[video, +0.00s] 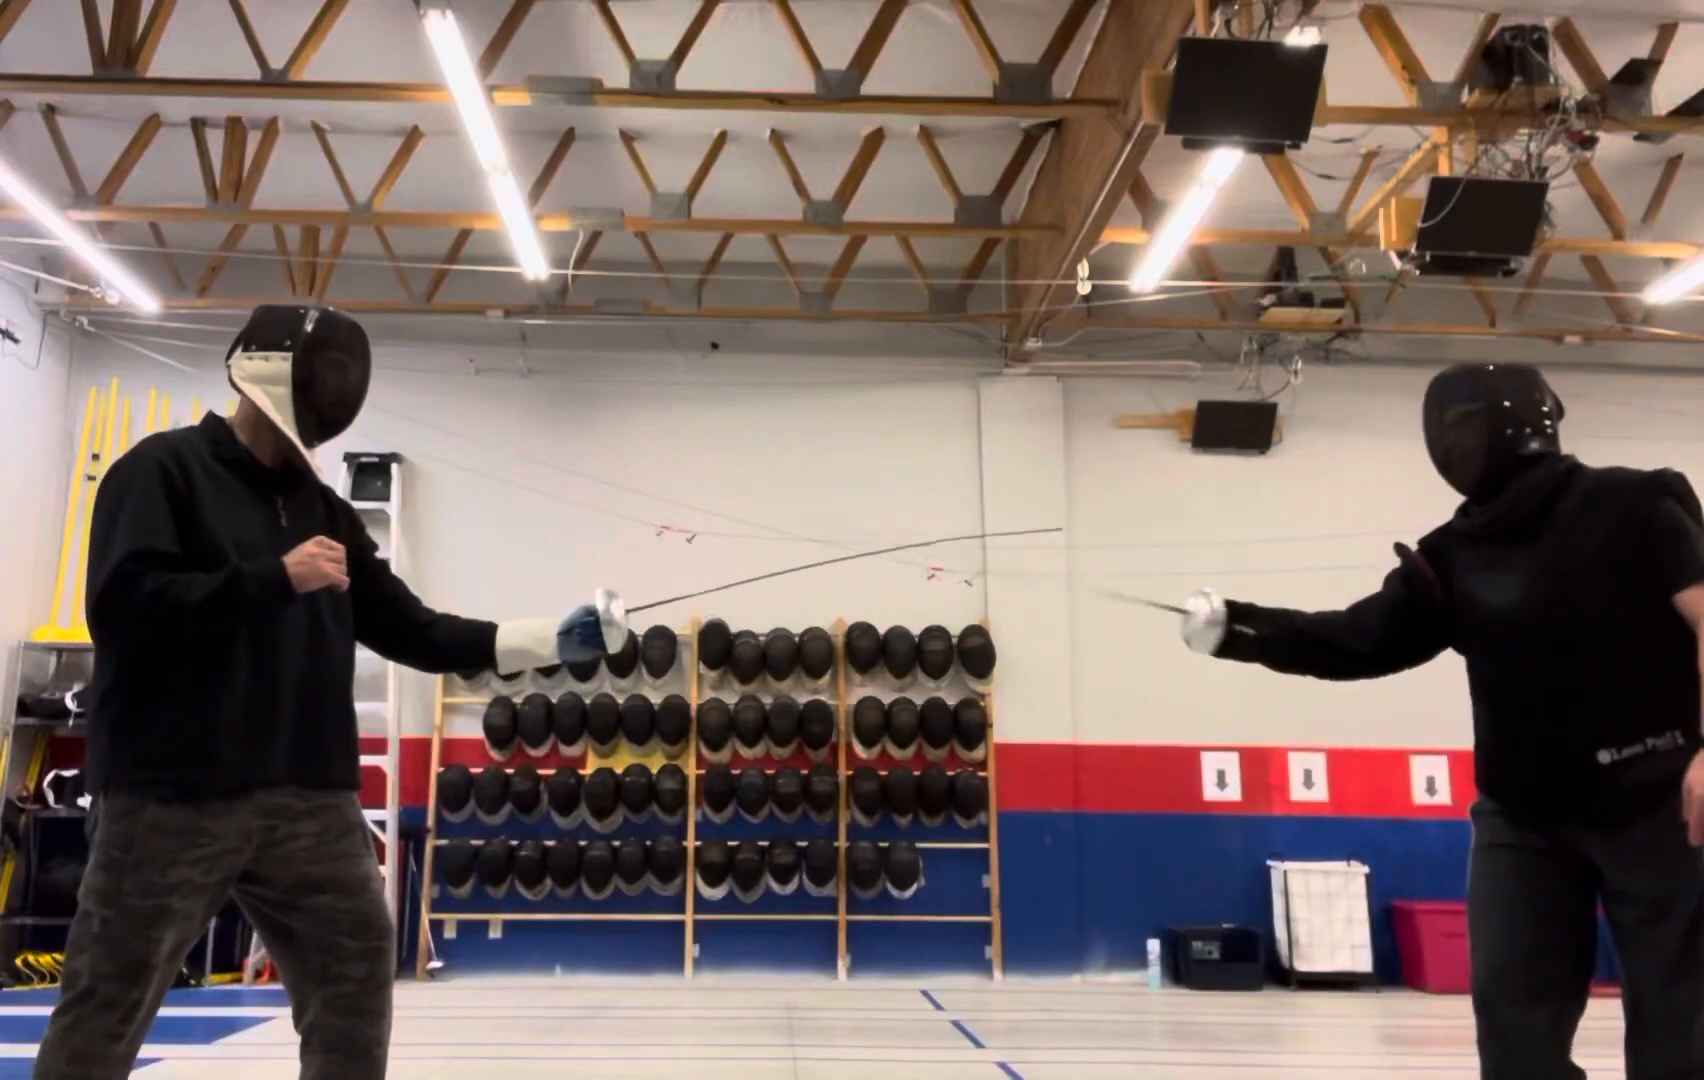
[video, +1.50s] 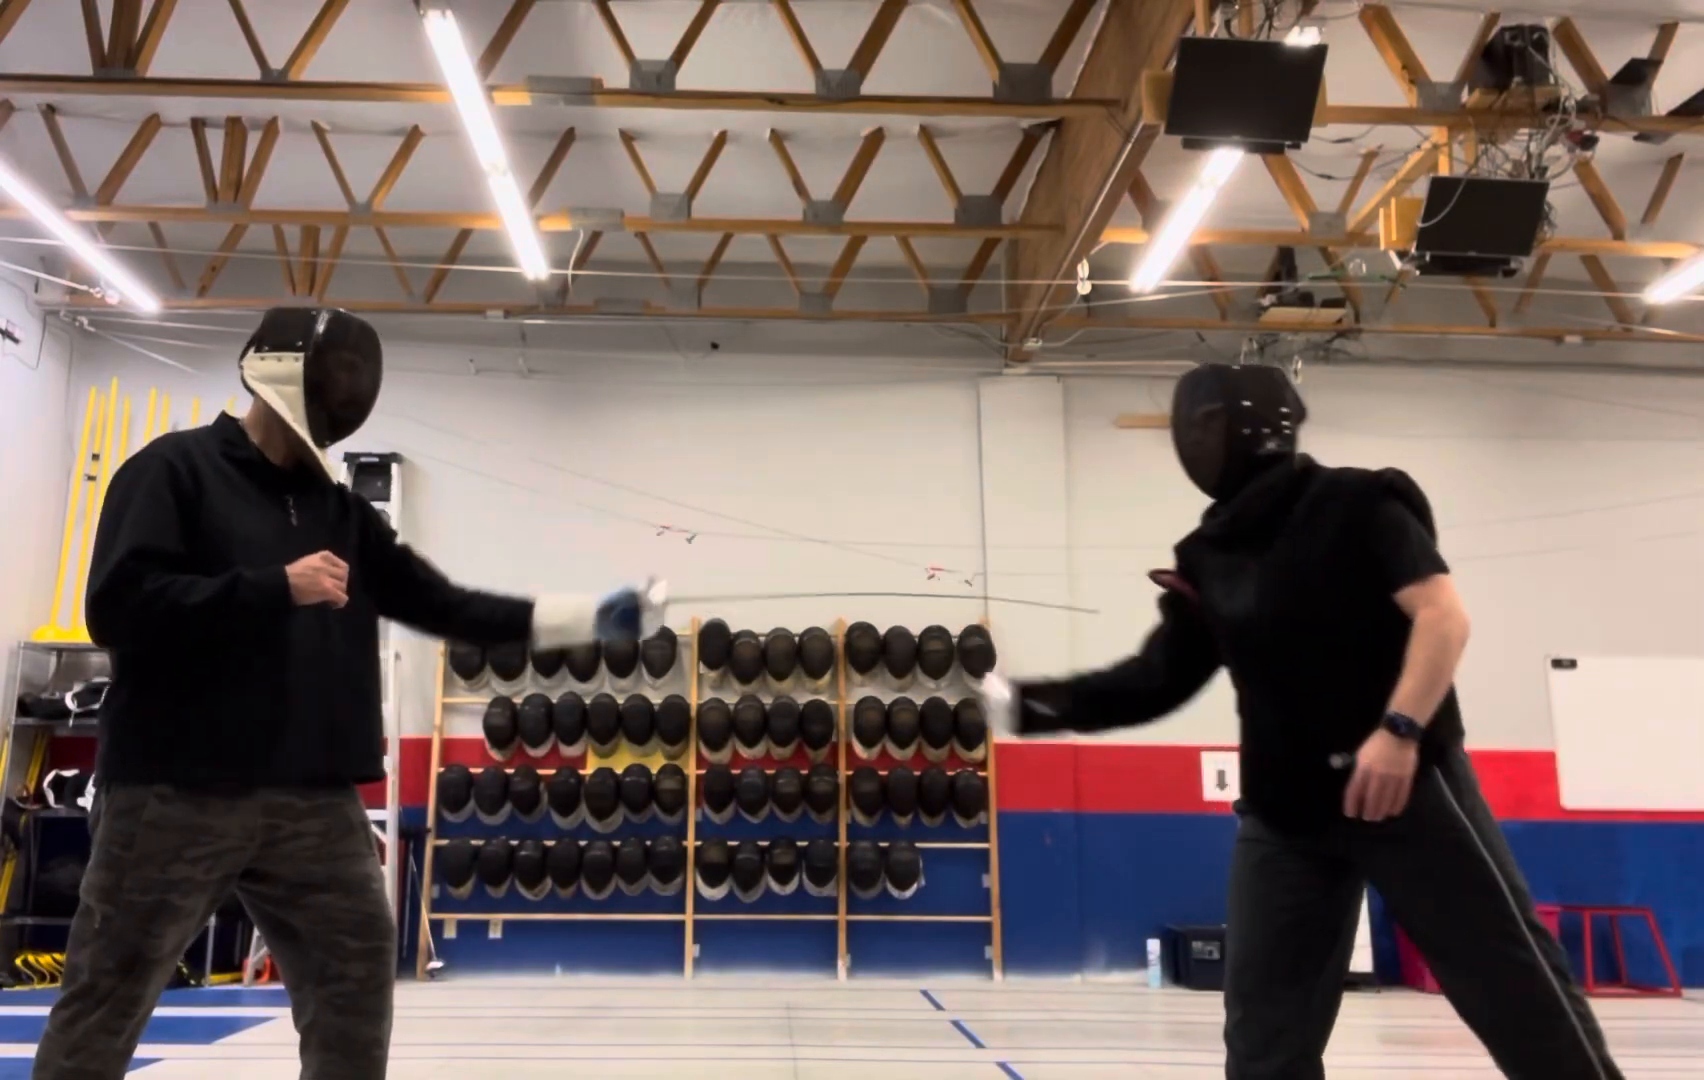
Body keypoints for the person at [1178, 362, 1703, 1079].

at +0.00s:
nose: (1445, 451)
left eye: (1456, 430)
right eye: (1439, 435)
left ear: (1500, 424)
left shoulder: (1643, 508)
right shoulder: (1452, 560)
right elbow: (1360, 638)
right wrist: (1239, 630)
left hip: (1659, 813)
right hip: (1523, 825)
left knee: (1674, 1048)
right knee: (1517, 1049)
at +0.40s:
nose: (1371, 469)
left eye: (1377, 449)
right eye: (1368, 454)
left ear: (1421, 441)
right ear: (1447, 438)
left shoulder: (1563, 513)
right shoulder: (1384, 566)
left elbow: (1649, 626)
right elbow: (1269, 622)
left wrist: (1666, 752)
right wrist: (1139, 617)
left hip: (1592, 814)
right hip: (1458, 830)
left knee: (1650, 1041)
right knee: (1405, 1045)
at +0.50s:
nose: (1326, 473)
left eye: (1332, 454)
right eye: (1325, 458)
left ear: (1368, 451)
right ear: (1410, 443)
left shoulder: (1516, 521)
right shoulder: (1342, 577)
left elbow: (1605, 633)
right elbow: (1232, 633)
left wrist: (1628, 760)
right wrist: (1101, 626)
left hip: (1551, 821)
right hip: (1420, 839)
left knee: (1629, 1042)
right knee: (1367, 1043)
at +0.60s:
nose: (1272, 472)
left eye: (1283, 451)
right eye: (1268, 457)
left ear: (1332, 441)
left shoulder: (1456, 519)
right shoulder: (1292, 578)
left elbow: (1545, 633)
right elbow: (1186, 643)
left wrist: (1573, 761)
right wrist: (1050, 631)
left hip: (1493, 820)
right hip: (1365, 835)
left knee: (1593, 1045)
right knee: (1314, 1056)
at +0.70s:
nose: (1220, 466)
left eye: (1228, 444)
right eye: (1215, 450)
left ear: (1280, 433)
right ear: (1259, 444)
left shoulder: (1404, 508)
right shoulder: (1242, 569)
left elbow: (1489, 617)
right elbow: (1146, 644)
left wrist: (1497, 743)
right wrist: (1017, 634)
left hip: (1441, 804)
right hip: (1316, 826)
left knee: (1554, 1031)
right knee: (1283, 1049)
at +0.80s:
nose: (1179, 446)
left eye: (1188, 426)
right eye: (1177, 431)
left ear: (1231, 426)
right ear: (1250, 431)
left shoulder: (1358, 497)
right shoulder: (1195, 563)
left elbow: (1443, 611)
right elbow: (1096, 632)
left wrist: (1421, 726)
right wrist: (964, 622)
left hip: (1405, 789)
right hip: (1285, 815)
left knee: (1514, 1000)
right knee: (1273, 1042)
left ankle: (1575, 1074)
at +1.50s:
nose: (1182, 448)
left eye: (1191, 428)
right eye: (1181, 432)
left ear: (1234, 424)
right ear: (1260, 423)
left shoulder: (1360, 504)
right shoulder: (1210, 561)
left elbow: (1443, 619)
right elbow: (1158, 677)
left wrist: (1402, 730)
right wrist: (1037, 702)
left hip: (1408, 793)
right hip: (1288, 815)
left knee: (1517, 990)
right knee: (1267, 1039)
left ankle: (1590, 1079)